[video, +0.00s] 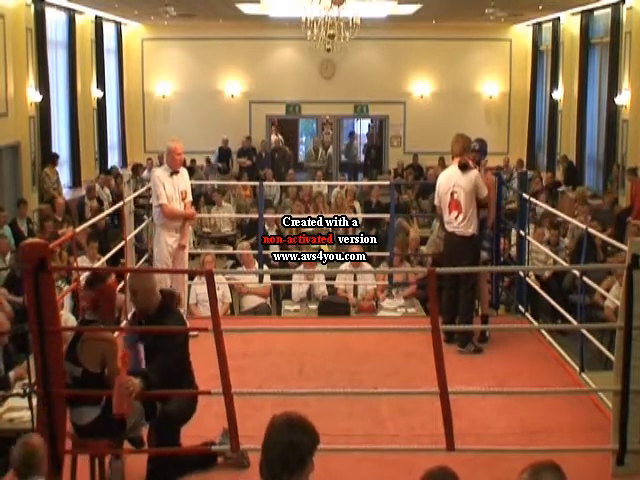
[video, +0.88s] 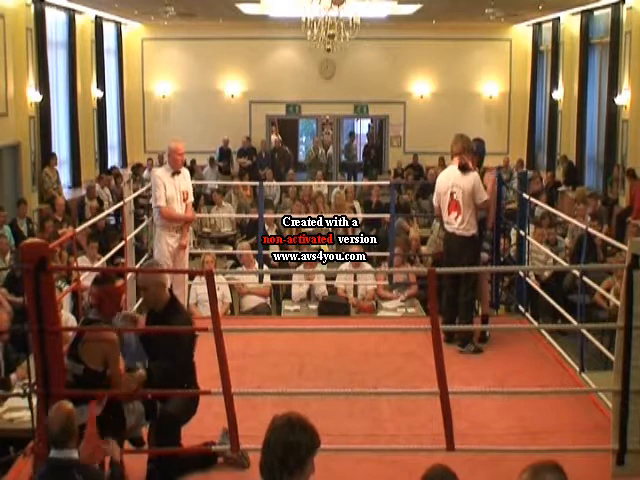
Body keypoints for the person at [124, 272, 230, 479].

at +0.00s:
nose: (132, 299)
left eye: (136, 293)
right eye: (130, 293)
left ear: (150, 293)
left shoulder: (172, 321)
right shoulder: (141, 317)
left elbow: (168, 362)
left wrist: (143, 381)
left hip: (181, 391)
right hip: (157, 391)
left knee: (165, 419)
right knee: (164, 466)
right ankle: (214, 449)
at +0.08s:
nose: (131, 298)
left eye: (135, 293)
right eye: (129, 292)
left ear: (153, 291)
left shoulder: (170, 320)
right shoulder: (142, 317)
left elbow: (166, 360)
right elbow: (142, 356)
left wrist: (142, 380)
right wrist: (130, 375)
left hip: (180, 391)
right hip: (156, 390)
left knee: (166, 417)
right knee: (163, 466)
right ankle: (214, 449)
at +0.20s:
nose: (130, 298)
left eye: (134, 293)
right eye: (129, 293)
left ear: (150, 292)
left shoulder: (170, 321)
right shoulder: (148, 314)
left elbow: (165, 362)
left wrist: (140, 381)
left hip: (179, 391)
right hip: (155, 390)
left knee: (166, 417)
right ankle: (214, 449)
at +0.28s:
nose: (129, 298)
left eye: (133, 293)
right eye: (128, 293)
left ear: (150, 292)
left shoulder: (169, 321)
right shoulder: (152, 316)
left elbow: (163, 362)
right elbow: (146, 357)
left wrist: (139, 382)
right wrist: (132, 377)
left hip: (180, 391)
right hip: (158, 389)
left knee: (166, 415)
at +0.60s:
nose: (135, 297)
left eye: (138, 291)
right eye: (134, 291)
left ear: (154, 290)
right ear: (154, 291)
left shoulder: (171, 322)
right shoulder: (158, 315)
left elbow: (165, 364)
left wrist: (140, 384)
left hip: (181, 391)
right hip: (162, 388)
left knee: (165, 415)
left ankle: (216, 451)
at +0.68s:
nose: (138, 298)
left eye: (140, 292)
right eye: (137, 292)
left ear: (154, 290)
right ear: (154, 290)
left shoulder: (173, 321)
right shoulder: (156, 314)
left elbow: (165, 362)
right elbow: (152, 350)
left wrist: (138, 381)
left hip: (181, 392)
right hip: (164, 390)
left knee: (166, 417)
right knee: (164, 465)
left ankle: (217, 451)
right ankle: (217, 449)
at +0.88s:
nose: (141, 295)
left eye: (145, 289)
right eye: (140, 289)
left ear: (162, 287)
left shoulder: (178, 318)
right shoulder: (154, 314)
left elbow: (176, 365)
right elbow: (150, 352)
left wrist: (144, 375)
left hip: (182, 393)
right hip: (160, 391)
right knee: (164, 466)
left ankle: (216, 451)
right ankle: (216, 450)